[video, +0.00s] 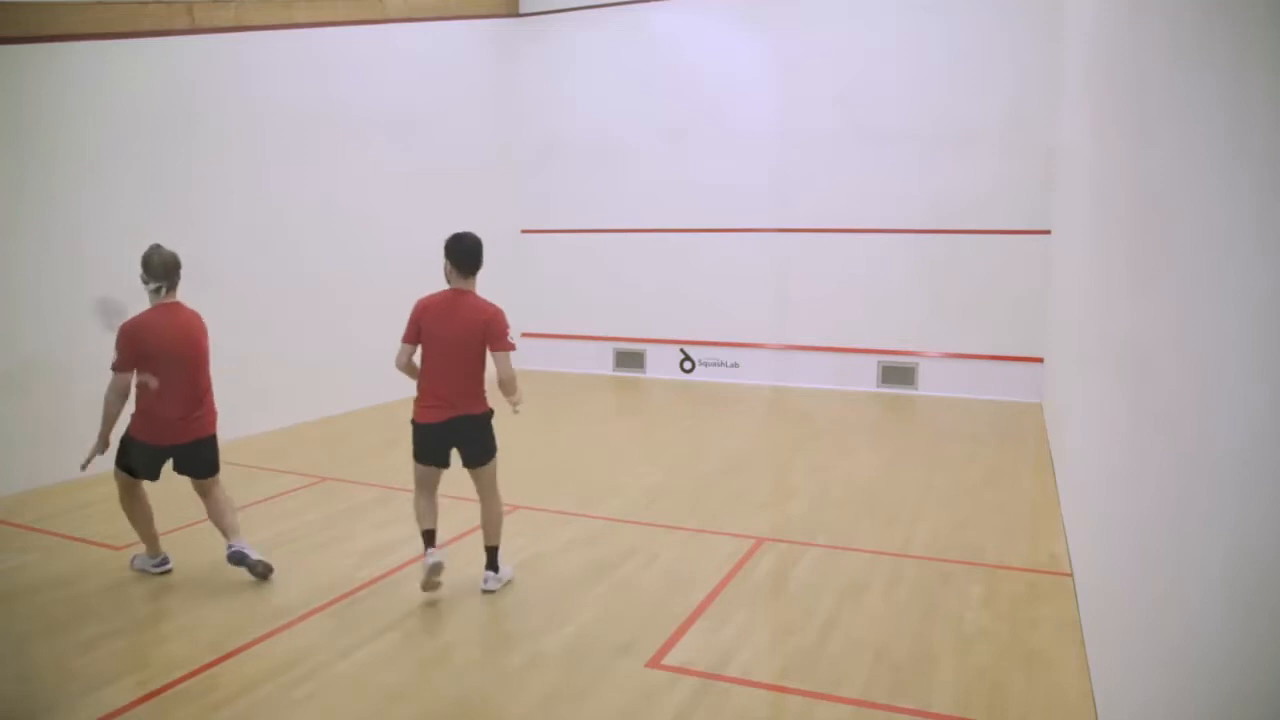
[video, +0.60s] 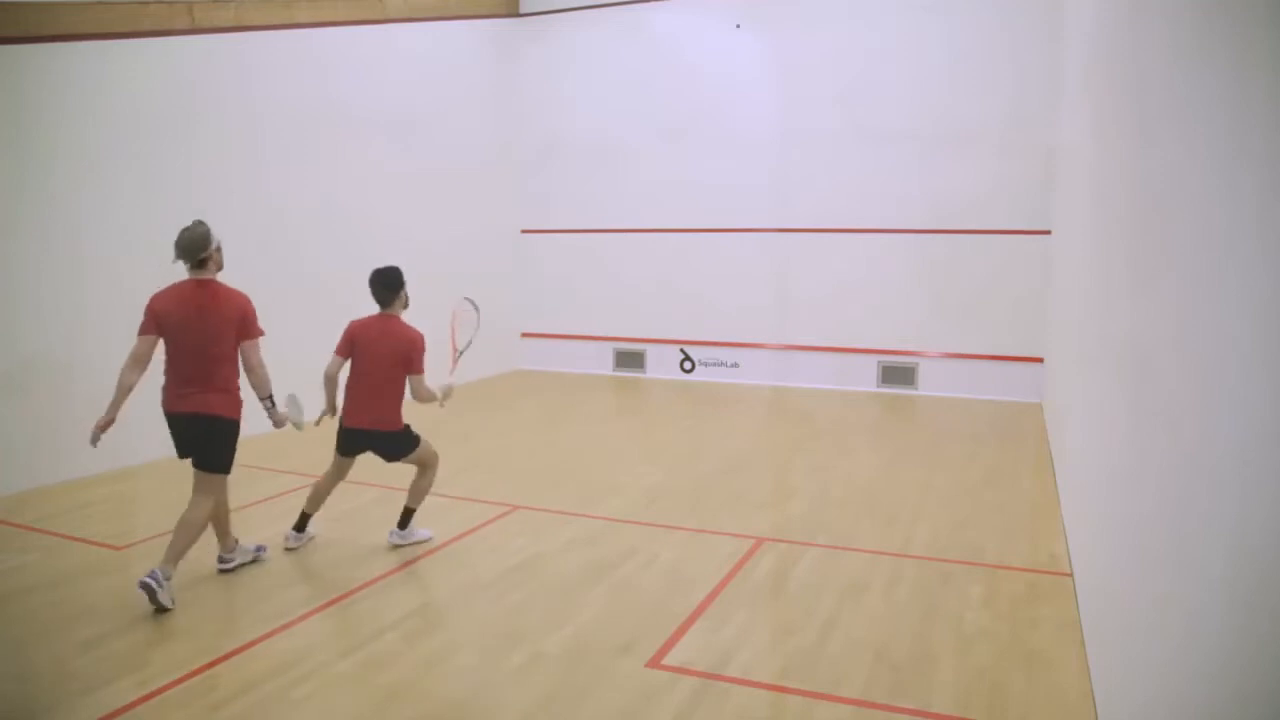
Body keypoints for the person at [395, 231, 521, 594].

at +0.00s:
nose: (443, 268)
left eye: (444, 263)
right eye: (449, 263)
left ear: (448, 267)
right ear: (480, 267)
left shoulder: (426, 307)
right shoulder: (490, 314)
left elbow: (403, 362)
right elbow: (504, 376)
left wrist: (426, 378)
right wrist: (512, 395)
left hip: (429, 419)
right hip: (473, 419)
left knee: (425, 490)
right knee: (488, 494)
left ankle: (431, 551)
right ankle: (492, 569)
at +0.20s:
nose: (439, 266)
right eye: (440, 262)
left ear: (408, 263)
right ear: (439, 266)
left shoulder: (383, 302)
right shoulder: (443, 311)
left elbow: (360, 351)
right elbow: (464, 368)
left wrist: (381, 378)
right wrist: (472, 387)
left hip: (392, 410)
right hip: (432, 410)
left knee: (393, 474)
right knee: (461, 477)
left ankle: (391, 545)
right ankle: (473, 552)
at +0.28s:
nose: (429, 258)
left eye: (426, 253)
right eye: (428, 254)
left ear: (395, 257)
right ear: (425, 258)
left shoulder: (373, 293)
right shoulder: (432, 302)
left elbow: (348, 341)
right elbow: (448, 359)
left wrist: (366, 369)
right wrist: (456, 381)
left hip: (378, 398)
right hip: (417, 399)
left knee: (380, 464)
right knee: (447, 462)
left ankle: (382, 532)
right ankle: (443, 540)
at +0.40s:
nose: (410, 264)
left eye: (407, 259)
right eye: (409, 260)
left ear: (377, 264)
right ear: (406, 264)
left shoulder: (357, 298)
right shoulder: (419, 306)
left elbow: (332, 344)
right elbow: (433, 362)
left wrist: (346, 371)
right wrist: (439, 383)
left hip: (362, 400)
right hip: (401, 401)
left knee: (351, 454)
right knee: (430, 458)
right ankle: (424, 530)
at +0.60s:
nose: (407, 294)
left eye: (405, 289)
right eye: (405, 289)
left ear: (376, 296)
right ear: (402, 294)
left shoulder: (356, 329)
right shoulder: (411, 337)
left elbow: (330, 373)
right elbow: (419, 393)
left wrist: (331, 405)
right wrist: (440, 394)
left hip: (350, 428)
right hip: (387, 432)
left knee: (335, 472)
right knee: (429, 460)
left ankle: (297, 530)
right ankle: (403, 529)